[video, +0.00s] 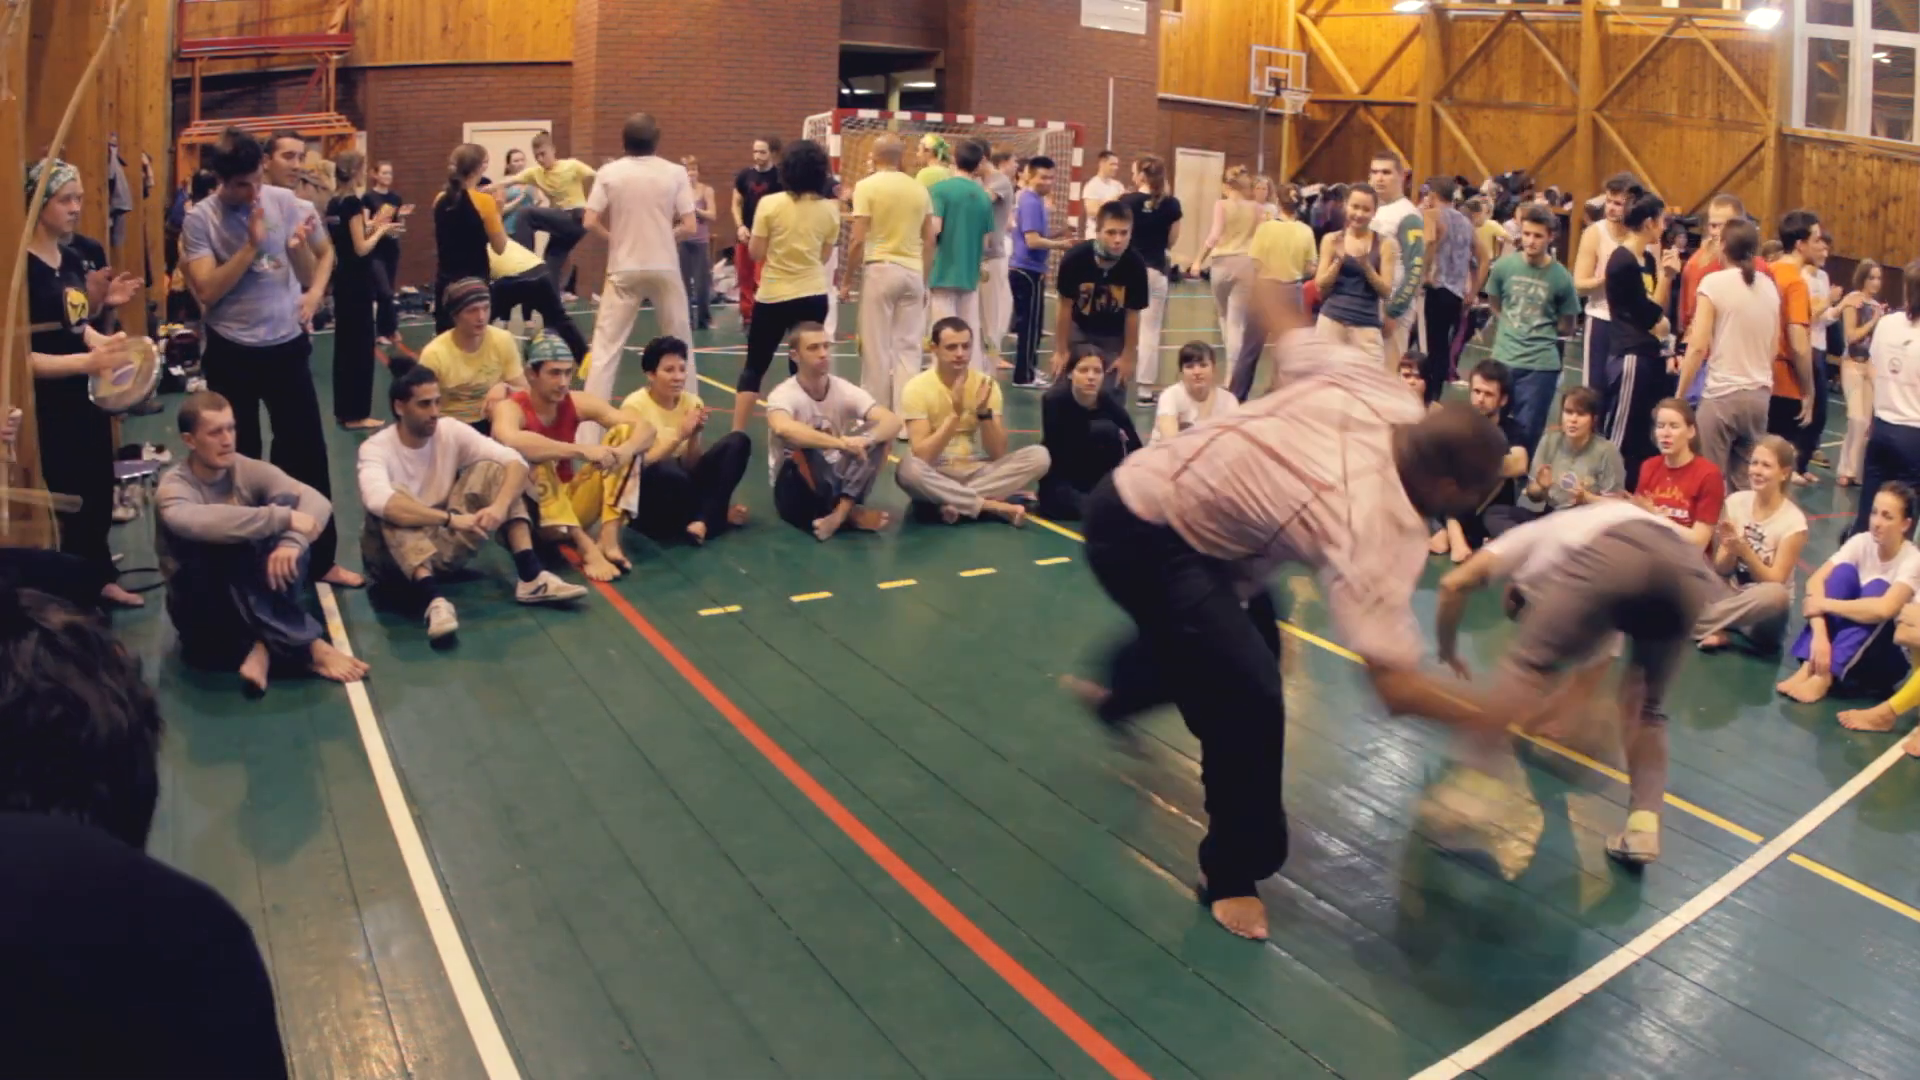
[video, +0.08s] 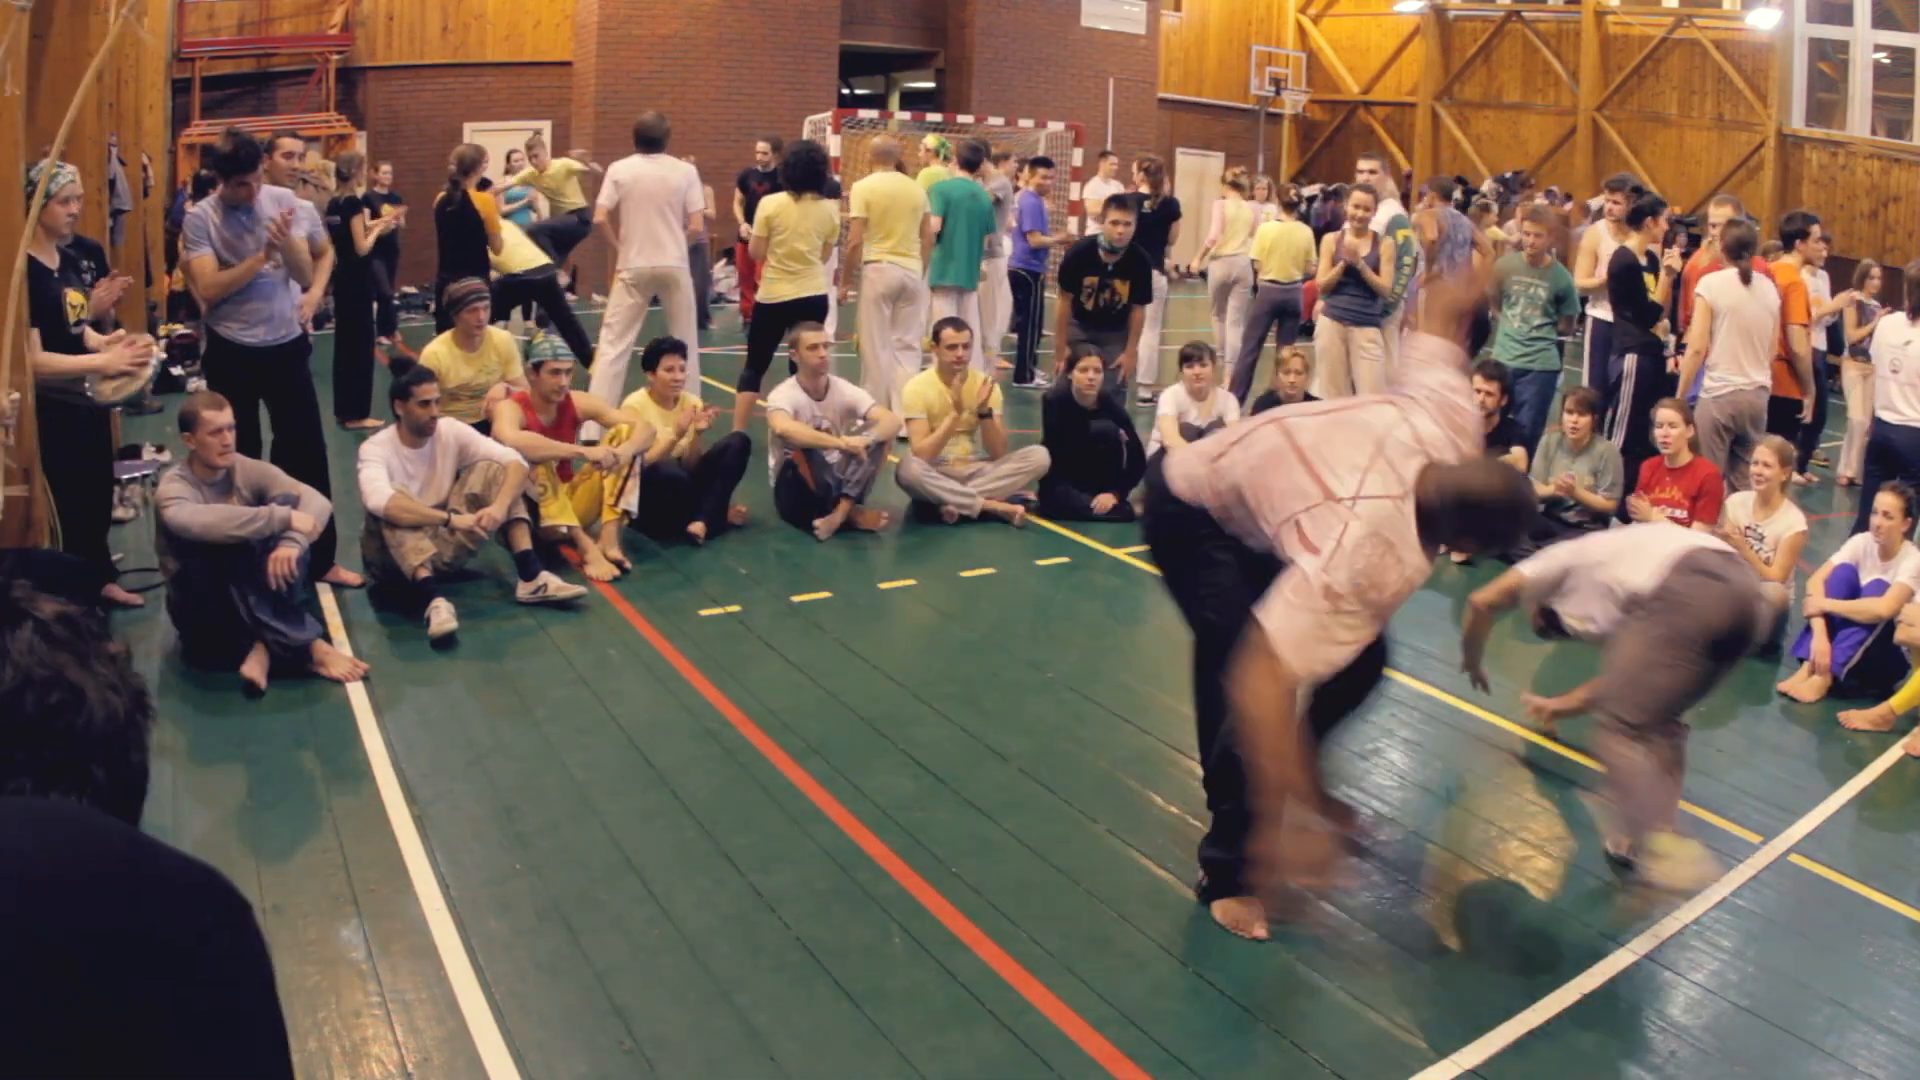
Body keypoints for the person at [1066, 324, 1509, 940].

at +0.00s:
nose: (1474, 503)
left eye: (1481, 492)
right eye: (1475, 492)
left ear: (1430, 413)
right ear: (1446, 487)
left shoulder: (1381, 388)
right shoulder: (1380, 527)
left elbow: (1283, 326)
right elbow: (1398, 690)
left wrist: (1255, 278)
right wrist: (1501, 714)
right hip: (1143, 528)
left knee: (1252, 647)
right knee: (1248, 696)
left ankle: (1114, 690)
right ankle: (1230, 877)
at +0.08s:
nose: (1478, 558)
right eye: (1486, 547)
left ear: (1478, 454)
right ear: (1468, 544)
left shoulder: (1450, 419)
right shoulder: (1372, 552)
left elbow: (1438, 313)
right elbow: (1259, 673)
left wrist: (1478, 269)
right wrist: (1290, 814)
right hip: (1190, 497)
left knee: (1359, 660)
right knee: (1235, 675)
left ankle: (1278, 765)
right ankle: (1228, 875)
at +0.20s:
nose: (1508, 593)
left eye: (1518, 579)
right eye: (1493, 588)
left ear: (1513, 529)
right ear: (1439, 563)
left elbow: (1634, 482)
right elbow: (1176, 494)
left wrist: (1729, 531)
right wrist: (1034, 550)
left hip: (1413, 467)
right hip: (1306, 478)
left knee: (1455, 691)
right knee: (1280, 692)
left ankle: (1472, 849)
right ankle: (1231, 872)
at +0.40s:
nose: (1377, 591)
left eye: (1367, 592)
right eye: (1369, 588)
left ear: (1369, 577)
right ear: (1336, 519)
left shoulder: (1451, 553)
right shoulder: (1364, 420)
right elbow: (1404, 318)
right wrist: (1357, 256)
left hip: (1586, 507)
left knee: (1543, 695)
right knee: (1415, 650)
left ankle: (1494, 855)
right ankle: (1381, 805)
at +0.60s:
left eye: (1370, 411)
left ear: (1378, 399)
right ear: (1421, 350)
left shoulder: (1401, 429)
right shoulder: (1498, 322)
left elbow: (1357, 567)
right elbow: (1623, 302)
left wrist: (1243, 645)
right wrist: (1723, 244)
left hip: (1598, 559)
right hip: (1681, 521)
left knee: (1511, 702)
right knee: (1574, 695)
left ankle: (1531, 882)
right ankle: (1559, 833)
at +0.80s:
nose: (1660, 301)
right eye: (1659, 293)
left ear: (1580, 287)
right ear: (1646, 287)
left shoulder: (1510, 332)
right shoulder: (1653, 305)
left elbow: (1386, 368)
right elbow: (1706, 352)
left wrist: (1336, 321)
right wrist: (1857, 374)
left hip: (1543, 575)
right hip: (1665, 579)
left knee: (1524, 732)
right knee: (1722, 757)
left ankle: (1527, 890)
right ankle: (1664, 916)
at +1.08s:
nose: (1855, 457)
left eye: (1861, 445)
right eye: (1857, 442)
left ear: (1795, 399)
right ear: (1841, 431)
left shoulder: (1718, 417)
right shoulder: (1807, 480)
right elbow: (1762, 633)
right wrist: (1772, 688)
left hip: (1523, 636)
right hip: (1622, 667)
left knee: (1603, 740)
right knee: (1758, 816)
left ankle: (1544, 897)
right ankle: (1656, 1019)